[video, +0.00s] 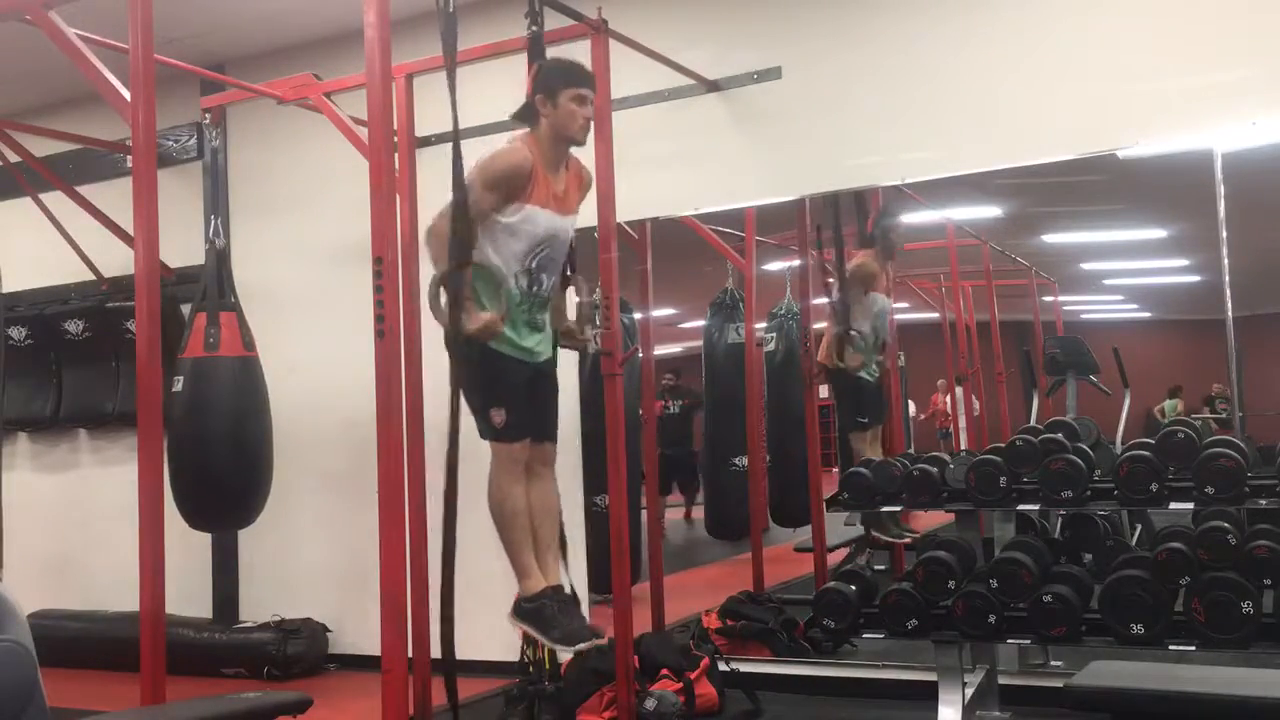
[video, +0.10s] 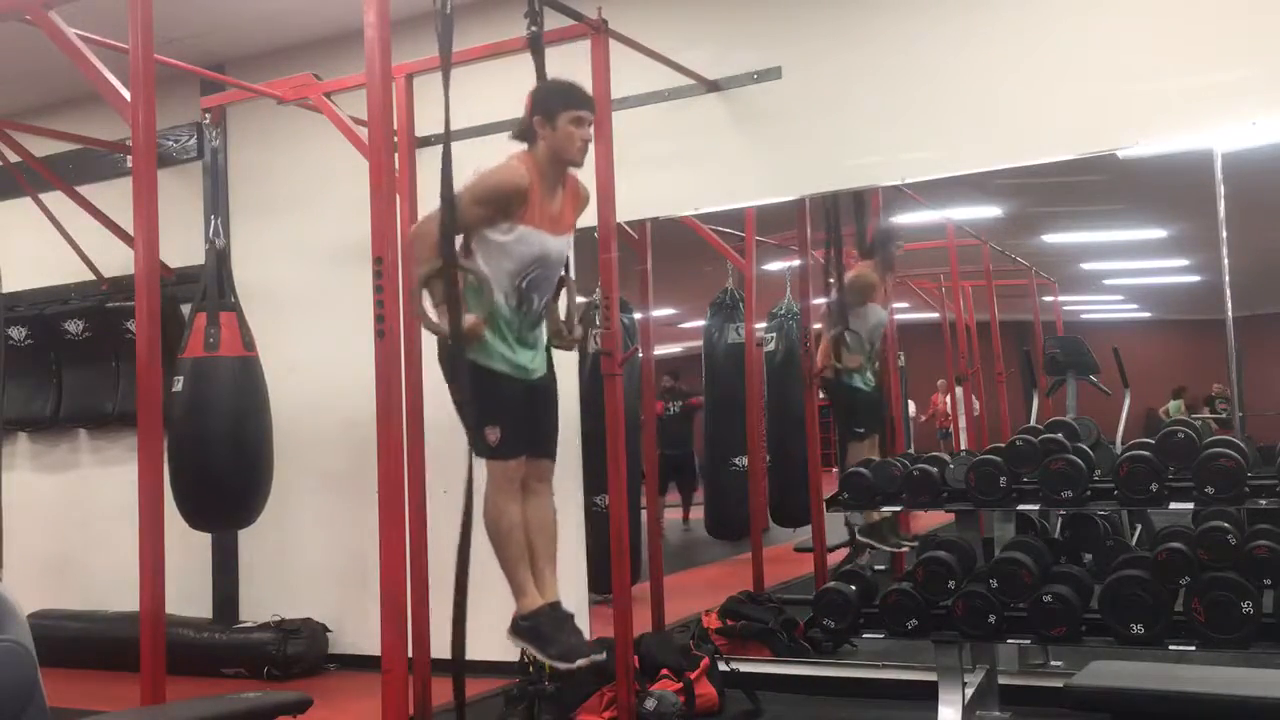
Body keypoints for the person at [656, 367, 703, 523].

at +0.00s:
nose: (666, 382)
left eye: (670, 379)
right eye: (664, 379)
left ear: (678, 381)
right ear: (661, 380)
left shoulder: (688, 395)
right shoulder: (658, 397)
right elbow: (649, 420)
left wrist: (697, 447)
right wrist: (654, 448)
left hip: (685, 449)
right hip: (664, 450)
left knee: (691, 487)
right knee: (661, 490)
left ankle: (688, 513)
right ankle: (659, 523)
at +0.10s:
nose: (664, 384)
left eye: (668, 381)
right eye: (663, 381)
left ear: (676, 382)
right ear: (661, 383)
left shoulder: (686, 399)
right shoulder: (659, 401)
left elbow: (701, 400)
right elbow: (655, 409)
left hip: (684, 452)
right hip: (664, 452)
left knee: (687, 489)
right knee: (660, 490)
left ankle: (686, 519)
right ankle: (658, 522)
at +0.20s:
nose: (665, 387)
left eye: (668, 384)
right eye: (663, 384)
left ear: (676, 385)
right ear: (661, 386)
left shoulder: (685, 402)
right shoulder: (659, 404)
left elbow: (699, 403)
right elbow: (656, 409)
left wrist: (677, 408)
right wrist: (667, 408)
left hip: (683, 452)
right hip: (663, 453)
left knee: (684, 489)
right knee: (658, 491)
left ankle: (683, 520)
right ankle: (655, 522)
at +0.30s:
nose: (664, 387)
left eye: (668, 384)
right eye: (663, 384)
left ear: (678, 384)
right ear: (662, 385)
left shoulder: (688, 399)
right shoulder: (659, 400)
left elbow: (703, 413)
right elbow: (646, 421)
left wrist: (687, 408)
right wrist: (654, 409)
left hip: (684, 452)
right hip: (662, 452)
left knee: (684, 489)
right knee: (656, 491)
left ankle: (683, 520)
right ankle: (653, 523)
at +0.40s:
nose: (663, 386)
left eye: (667, 383)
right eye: (662, 383)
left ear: (677, 384)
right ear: (660, 384)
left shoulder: (687, 398)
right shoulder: (658, 400)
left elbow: (703, 415)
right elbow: (647, 421)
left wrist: (689, 413)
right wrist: (655, 410)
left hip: (683, 450)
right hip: (662, 450)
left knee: (684, 488)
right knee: (656, 489)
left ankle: (684, 520)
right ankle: (653, 522)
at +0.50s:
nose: (662, 386)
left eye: (665, 383)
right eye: (661, 383)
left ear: (675, 383)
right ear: (659, 384)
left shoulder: (685, 397)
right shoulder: (657, 399)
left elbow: (701, 413)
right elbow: (645, 416)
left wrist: (688, 414)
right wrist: (654, 410)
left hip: (682, 449)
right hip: (661, 449)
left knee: (684, 487)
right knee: (655, 488)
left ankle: (683, 520)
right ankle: (653, 523)